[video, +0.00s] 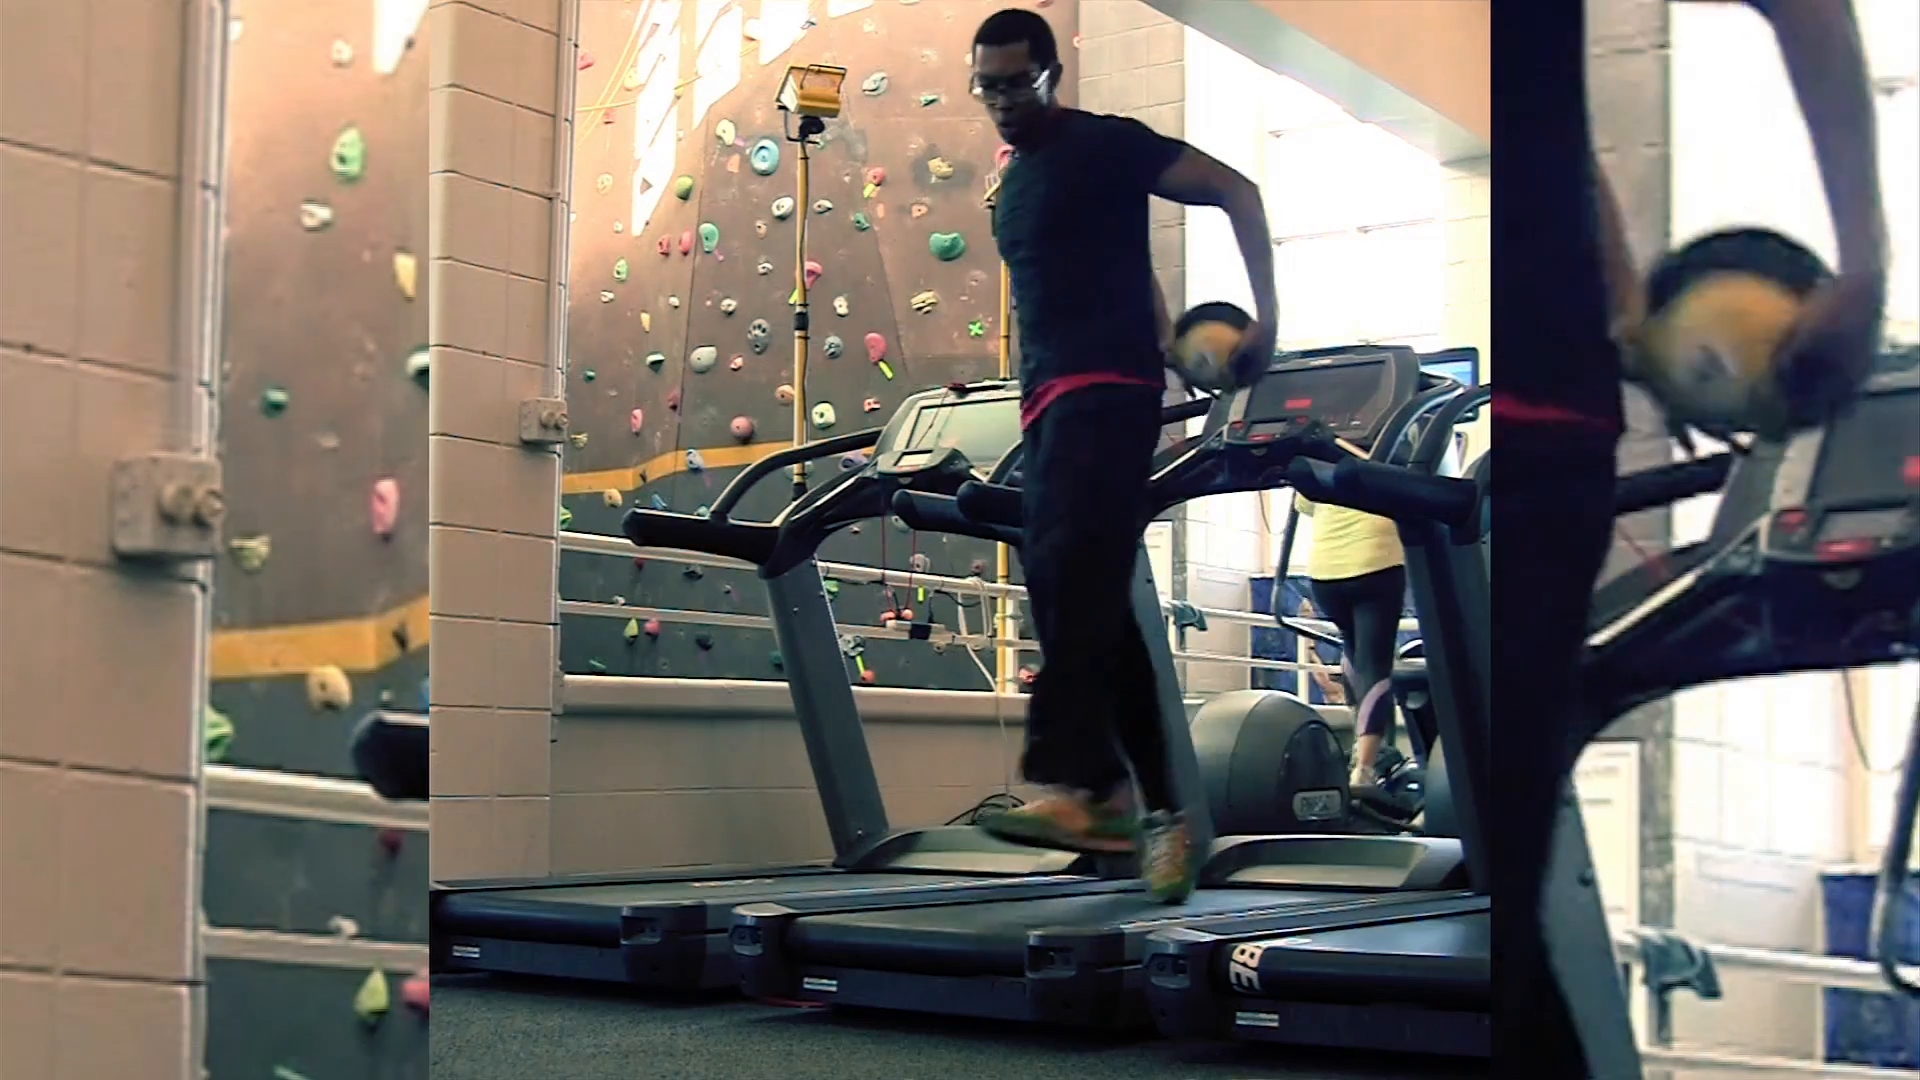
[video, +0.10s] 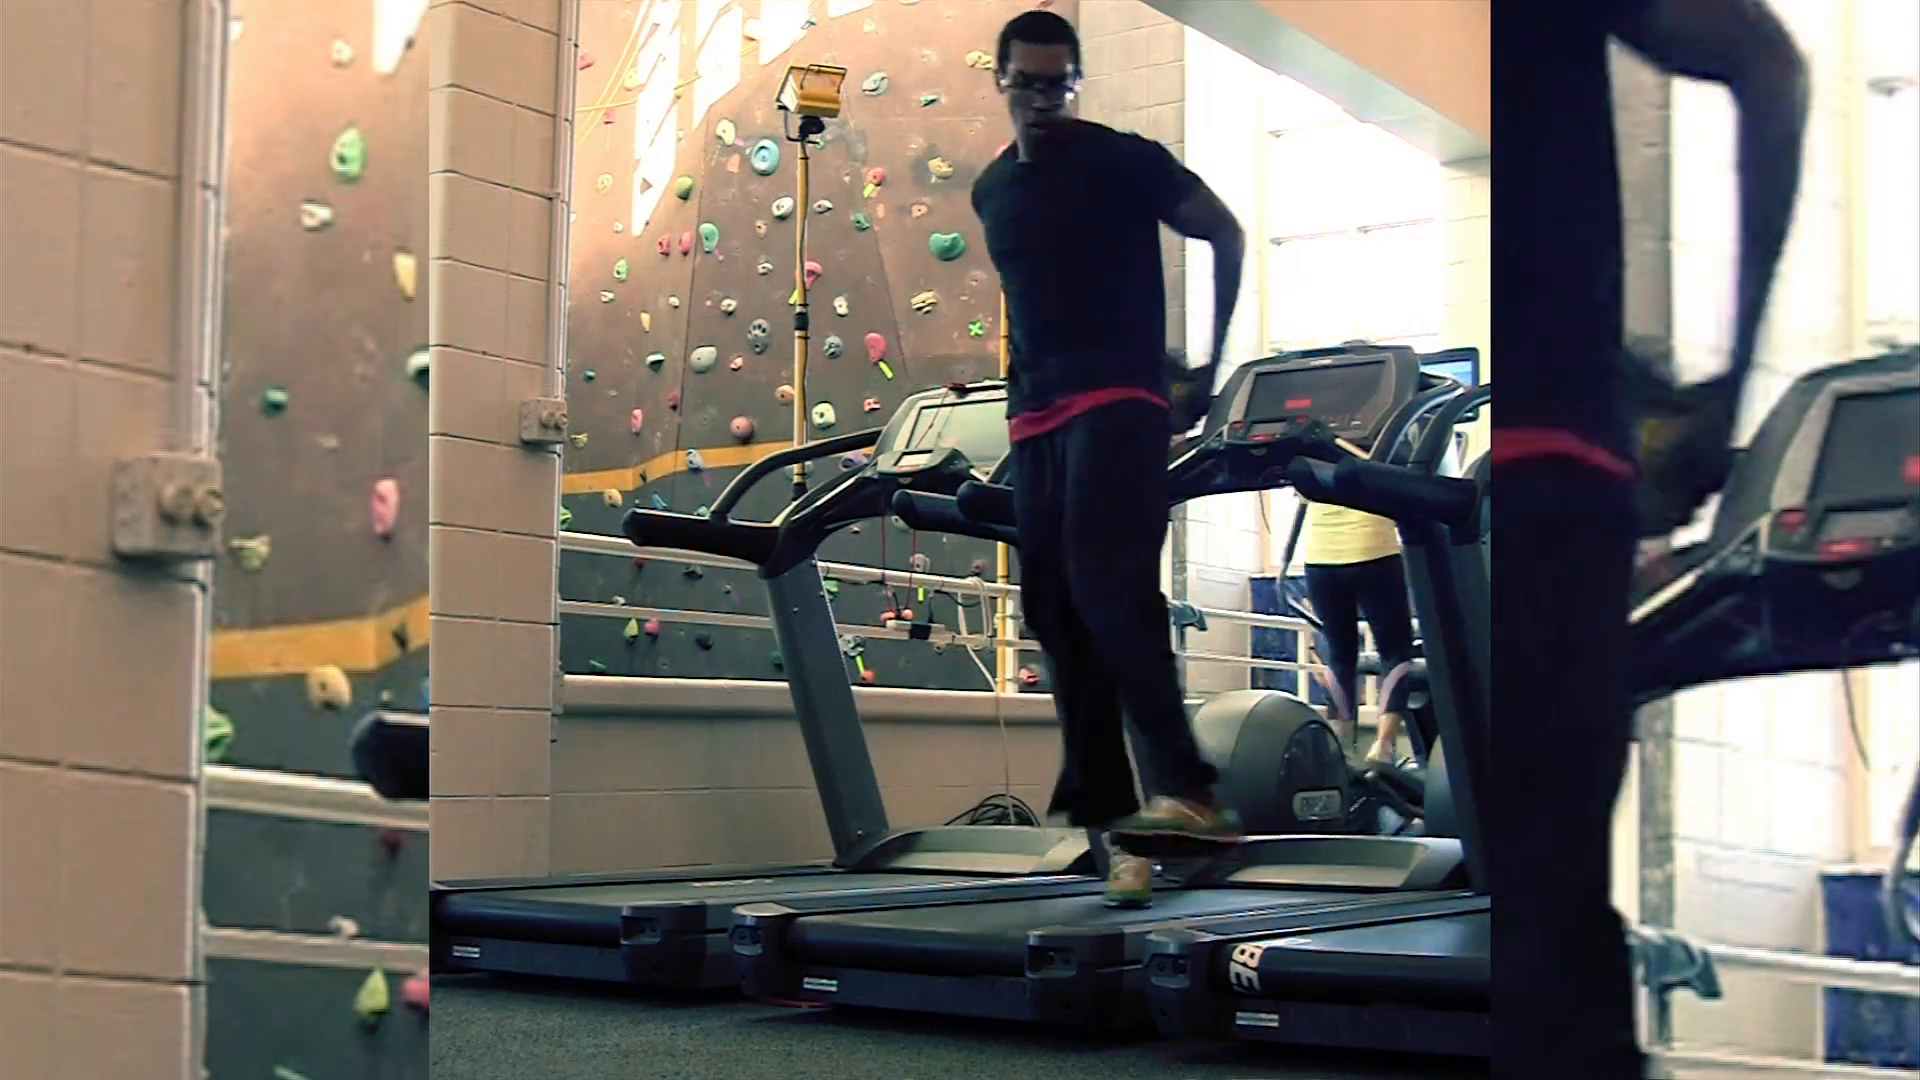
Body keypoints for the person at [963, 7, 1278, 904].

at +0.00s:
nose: (1005, 101)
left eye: (1019, 83)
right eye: (990, 88)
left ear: (1053, 73)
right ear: (976, 89)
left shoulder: (1102, 141)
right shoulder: (1012, 178)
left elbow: (1236, 192)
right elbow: (1113, 264)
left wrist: (1264, 316)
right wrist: (1168, 347)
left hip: (1107, 389)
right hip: (1051, 401)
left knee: (1070, 577)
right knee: (1089, 602)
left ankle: (1080, 792)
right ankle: (1171, 812)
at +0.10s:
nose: (1047, 98)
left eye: (1060, 83)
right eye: (1030, 83)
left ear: (1078, 82)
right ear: (1000, 84)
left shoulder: (1124, 158)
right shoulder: (991, 190)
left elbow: (1227, 239)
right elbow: (1022, 292)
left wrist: (1211, 369)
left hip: (1120, 396)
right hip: (1037, 413)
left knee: (1111, 582)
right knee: (1052, 607)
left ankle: (1186, 795)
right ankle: (1102, 816)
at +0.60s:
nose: (1166, 180)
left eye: (1169, 169)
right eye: (1163, 164)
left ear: (1100, 143)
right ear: (1130, 142)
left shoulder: (1034, 221)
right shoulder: (1102, 181)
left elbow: (1050, 385)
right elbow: (1172, 259)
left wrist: (1131, 474)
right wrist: (1260, 286)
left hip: (1036, 453)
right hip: (1067, 449)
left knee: (1135, 653)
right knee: (1068, 638)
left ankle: (1068, 858)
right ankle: (909, 820)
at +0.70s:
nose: (1177, 202)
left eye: (1180, 193)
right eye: (1176, 188)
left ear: (1107, 161)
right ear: (1144, 164)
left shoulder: (1027, 230)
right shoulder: (1120, 197)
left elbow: (1040, 394)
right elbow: (1242, 270)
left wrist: (1150, 472)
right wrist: (1283, 327)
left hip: (997, 478)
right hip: (1064, 471)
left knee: (1040, 675)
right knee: (1110, 666)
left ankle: (1038, 860)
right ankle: (979, 823)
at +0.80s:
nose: (1197, 200)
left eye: (1201, 187)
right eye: (1192, 181)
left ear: (1132, 161)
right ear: (1146, 157)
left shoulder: (1042, 237)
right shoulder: (1117, 195)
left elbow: (1063, 397)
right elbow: (1175, 254)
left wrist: (1156, 486)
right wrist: (1279, 324)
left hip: (997, 481)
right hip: (1078, 474)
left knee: (1042, 685)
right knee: (1167, 653)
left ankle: (977, 857)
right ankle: (1103, 831)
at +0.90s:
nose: (1223, 180)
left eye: (1228, 167)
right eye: (1213, 161)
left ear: (1172, 158)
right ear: (1161, 148)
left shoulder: (1088, 219)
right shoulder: (1134, 199)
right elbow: (1092, 244)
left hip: (1027, 465)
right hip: (1095, 463)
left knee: (1032, 653)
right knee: (1204, 644)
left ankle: (939, 834)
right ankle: (1186, 850)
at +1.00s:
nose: (1233, 179)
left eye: (1242, 168)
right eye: (1220, 161)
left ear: (1234, 174)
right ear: (1173, 155)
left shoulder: (1149, 235)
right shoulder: (1141, 217)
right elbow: (1026, 252)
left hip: (1079, 491)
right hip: (1117, 490)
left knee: (1102, 680)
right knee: (1208, 655)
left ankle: (949, 766)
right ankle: (1151, 858)